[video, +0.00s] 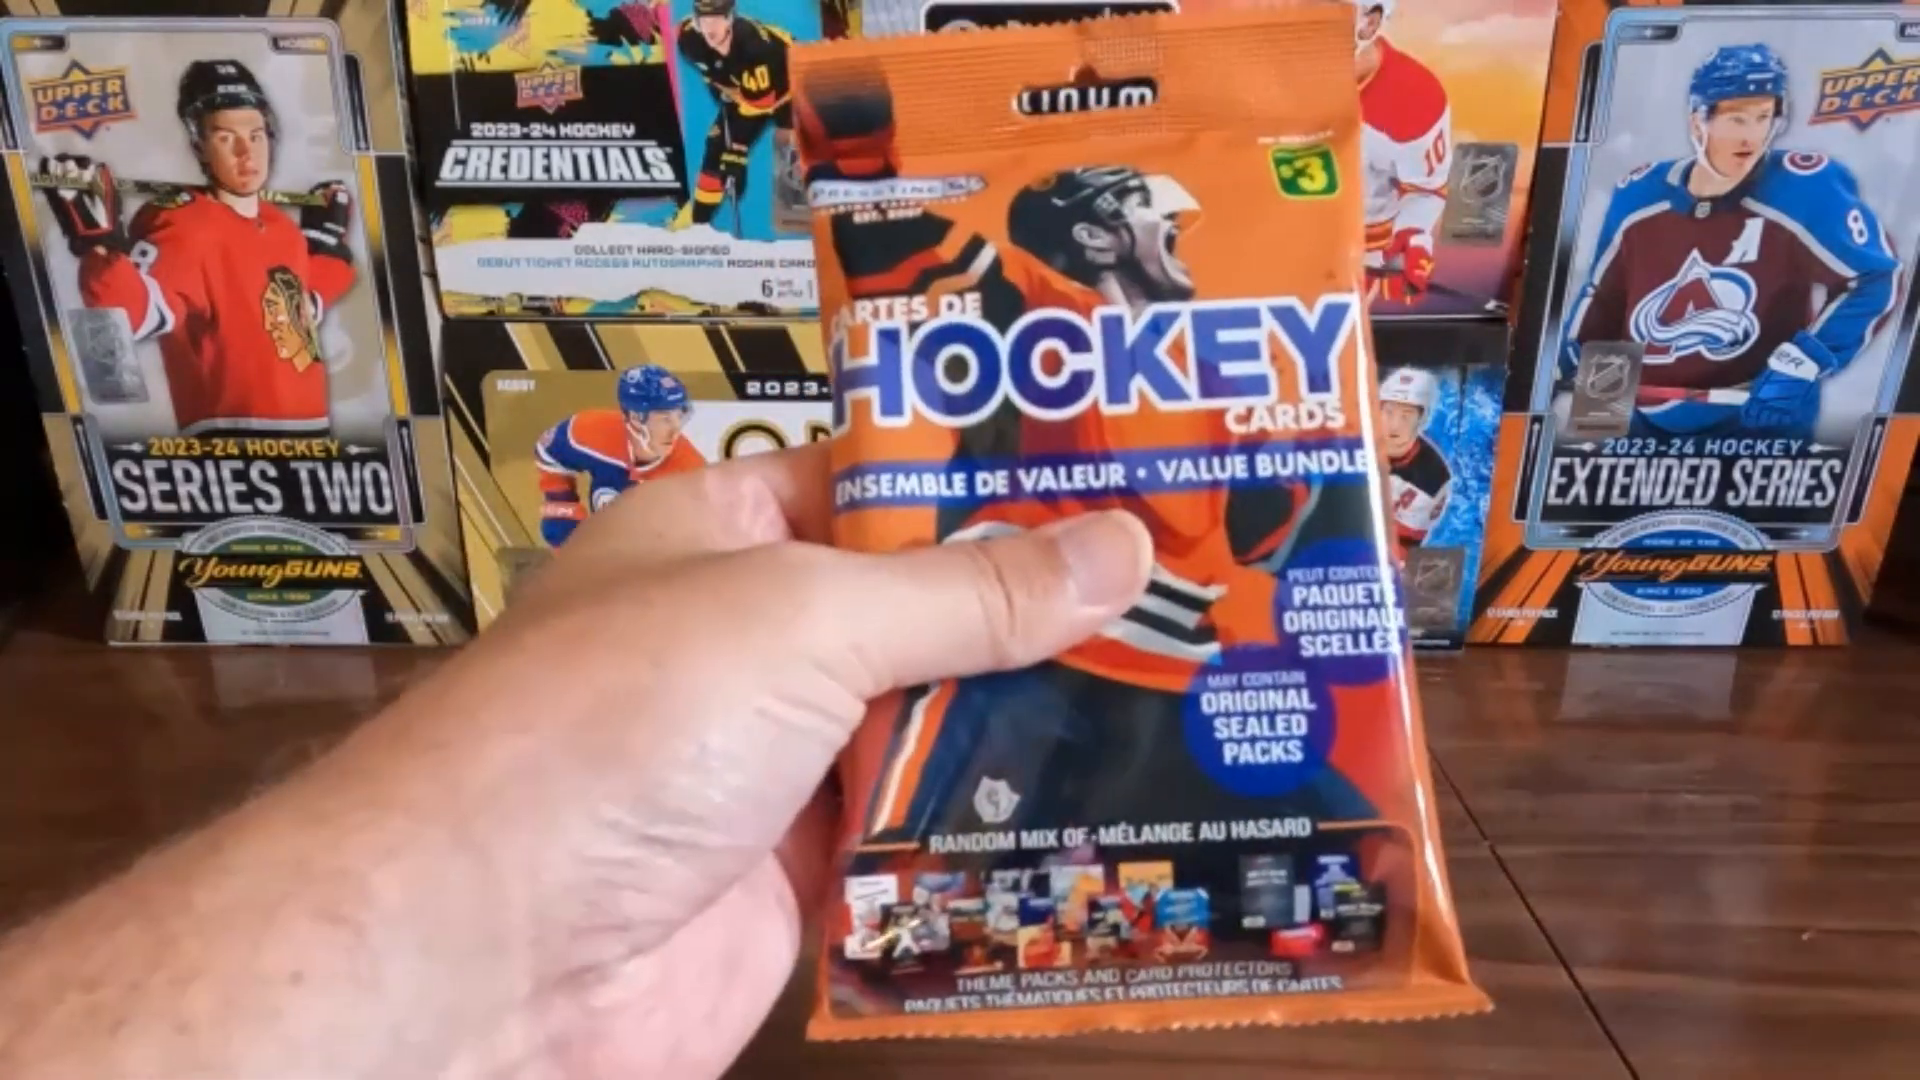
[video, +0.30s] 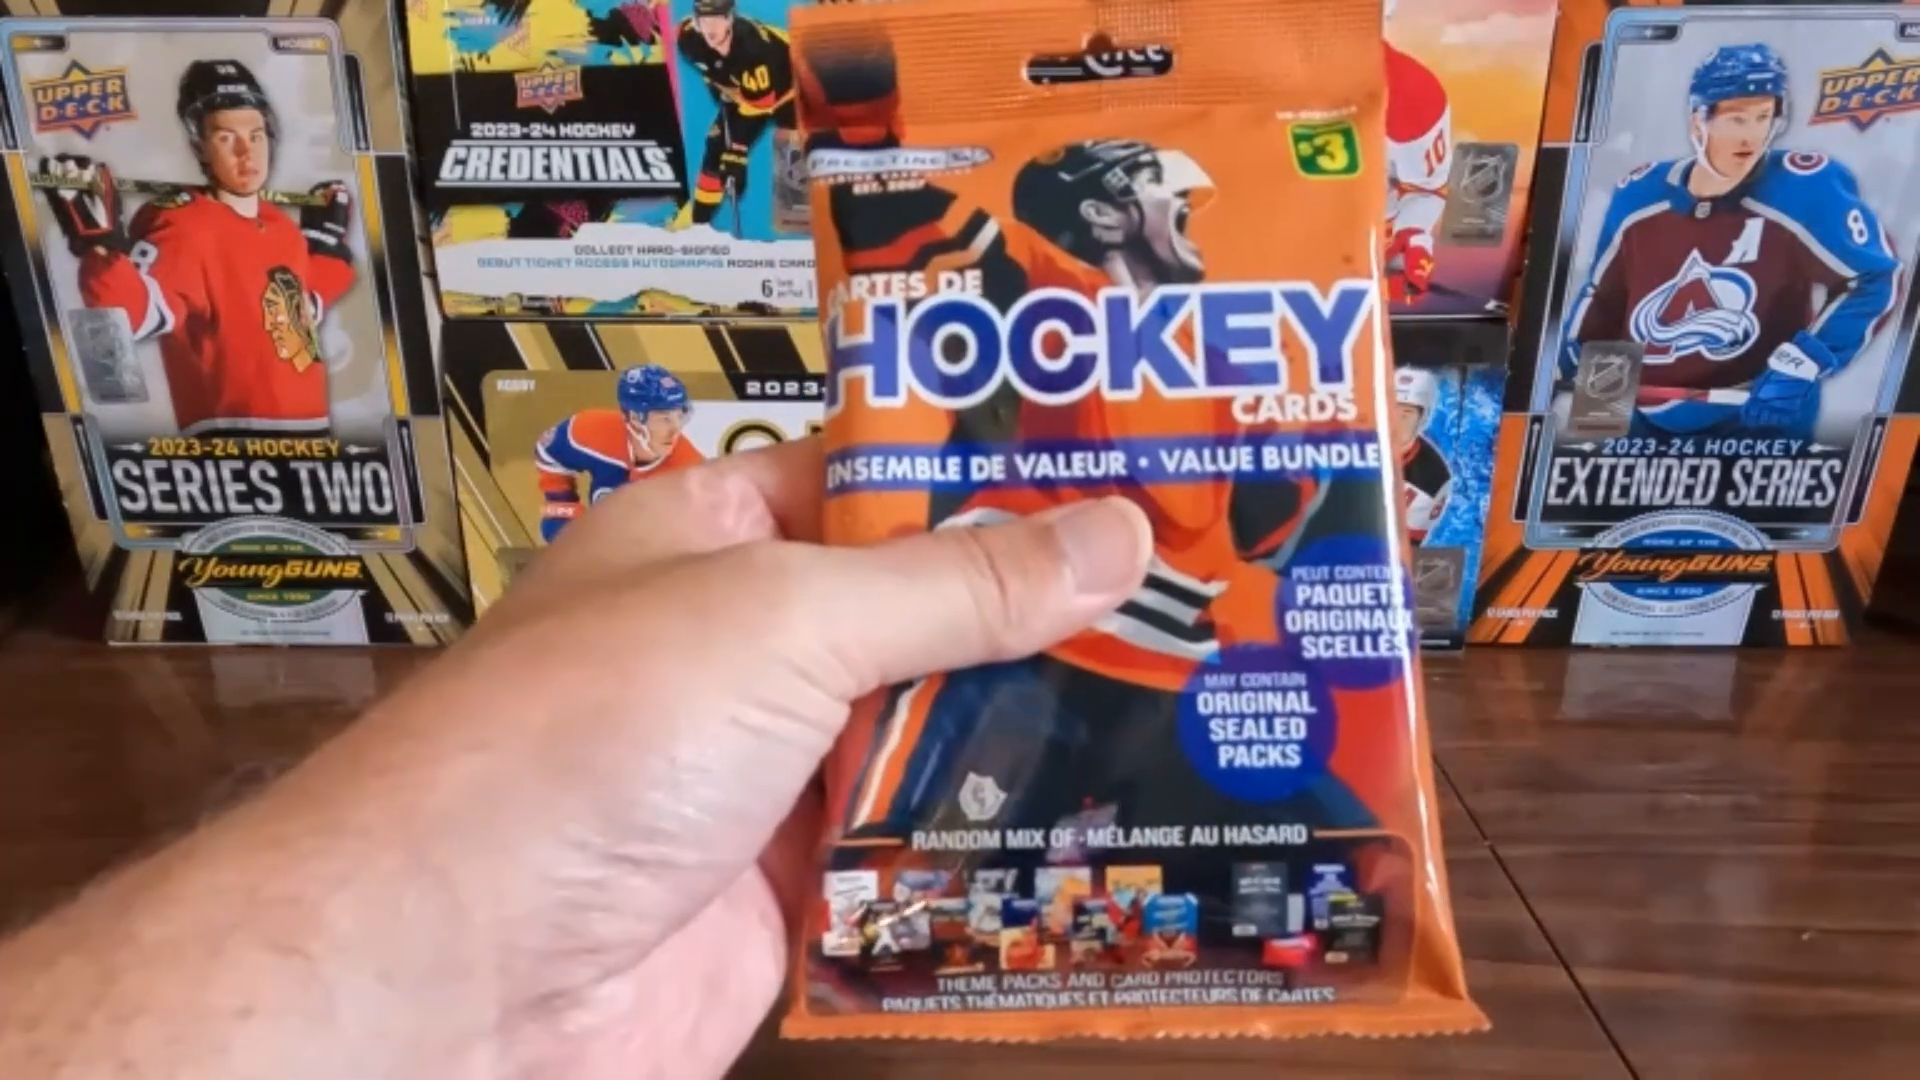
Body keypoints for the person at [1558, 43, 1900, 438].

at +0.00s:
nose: (1749, 135)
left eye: (1762, 118)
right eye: (1734, 119)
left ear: (1775, 123)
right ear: (1698, 124)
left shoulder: (1804, 192)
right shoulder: (1638, 197)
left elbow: (1878, 279)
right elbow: (1599, 295)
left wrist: (1801, 364)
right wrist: (1578, 367)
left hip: (1746, 427)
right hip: (1638, 422)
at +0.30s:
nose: (1750, 134)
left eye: (1762, 118)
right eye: (1735, 119)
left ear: (1775, 122)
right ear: (1698, 124)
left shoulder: (1805, 192)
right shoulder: (1638, 197)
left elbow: (1878, 279)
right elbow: (1600, 297)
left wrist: (1801, 364)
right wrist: (1574, 367)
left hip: (1745, 427)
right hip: (1638, 422)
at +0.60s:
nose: (1749, 134)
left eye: (1762, 118)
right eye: (1735, 119)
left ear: (1775, 122)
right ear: (1698, 124)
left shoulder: (1806, 192)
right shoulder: (1638, 197)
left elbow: (1879, 279)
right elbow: (1599, 296)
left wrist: (1801, 365)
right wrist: (1576, 368)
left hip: (1744, 427)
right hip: (1637, 422)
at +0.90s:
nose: (1750, 135)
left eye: (1762, 118)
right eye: (1735, 119)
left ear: (1775, 122)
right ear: (1698, 124)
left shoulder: (1805, 192)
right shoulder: (1638, 197)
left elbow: (1879, 279)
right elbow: (1600, 296)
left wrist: (1801, 365)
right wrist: (1575, 362)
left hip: (1744, 426)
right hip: (1637, 420)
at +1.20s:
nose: (1750, 135)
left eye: (1762, 118)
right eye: (1734, 119)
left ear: (1775, 123)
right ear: (1698, 124)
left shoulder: (1804, 193)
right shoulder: (1637, 197)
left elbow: (1878, 279)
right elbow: (1600, 297)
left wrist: (1801, 365)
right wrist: (1572, 366)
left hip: (1744, 427)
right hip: (1637, 422)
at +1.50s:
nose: (1750, 135)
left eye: (1762, 118)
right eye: (1734, 119)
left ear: (1775, 123)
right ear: (1698, 124)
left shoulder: (1804, 193)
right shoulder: (1637, 197)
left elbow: (1878, 279)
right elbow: (1600, 297)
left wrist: (1801, 365)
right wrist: (1572, 366)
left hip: (1744, 427)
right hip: (1636, 422)